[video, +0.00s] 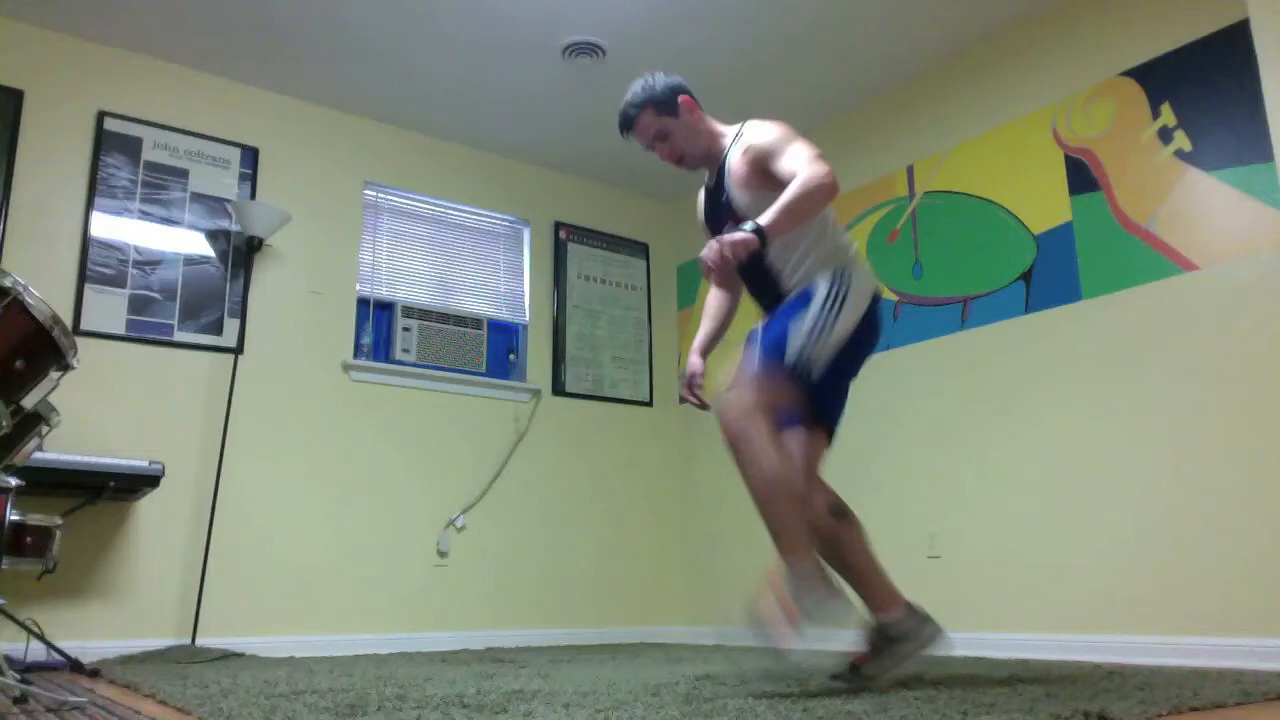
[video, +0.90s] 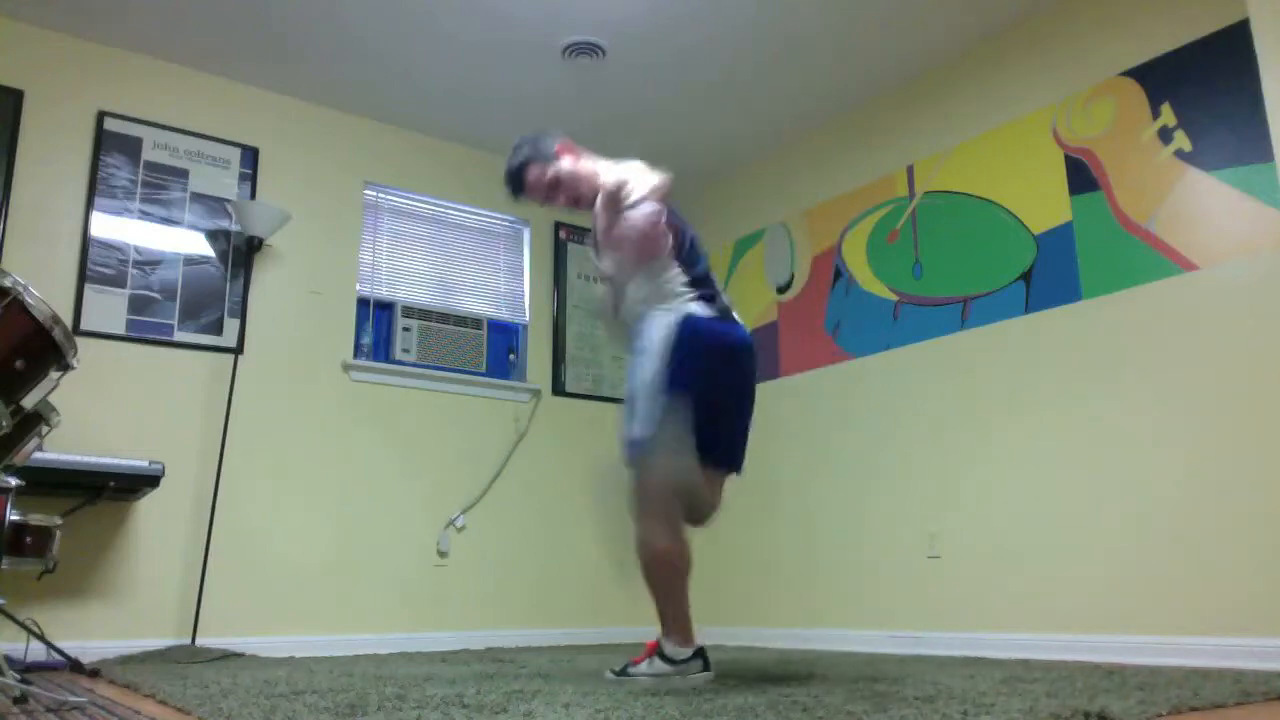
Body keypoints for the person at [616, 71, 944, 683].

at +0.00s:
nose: (662, 155)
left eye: (660, 137)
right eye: (651, 148)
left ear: (688, 106)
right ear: (649, 147)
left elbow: (818, 178)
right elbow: (725, 281)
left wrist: (755, 231)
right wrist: (697, 350)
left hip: (835, 289)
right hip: (803, 312)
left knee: (740, 408)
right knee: (794, 481)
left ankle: (808, 582)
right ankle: (898, 620)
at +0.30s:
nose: (629, 148)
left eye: (627, 132)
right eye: (618, 142)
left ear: (653, 103)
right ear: (619, 140)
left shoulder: (705, 134)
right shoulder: (682, 178)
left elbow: (781, 160)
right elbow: (709, 261)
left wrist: (753, 200)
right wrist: (671, 316)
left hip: (764, 302)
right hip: (786, 311)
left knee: (688, 453)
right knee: (767, 477)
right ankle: (866, 589)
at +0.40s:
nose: (603, 161)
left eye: (599, 146)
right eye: (594, 156)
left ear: (620, 113)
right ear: (599, 150)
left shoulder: (676, 142)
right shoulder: (655, 185)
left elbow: (740, 157)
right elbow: (677, 253)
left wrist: (705, 210)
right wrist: (659, 309)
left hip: (743, 305)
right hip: (731, 312)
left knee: (678, 473)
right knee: (704, 472)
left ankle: (666, 640)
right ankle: (788, 540)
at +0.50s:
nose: (582, 185)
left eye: (576, 170)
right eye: (572, 182)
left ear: (596, 137)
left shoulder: (656, 164)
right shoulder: (643, 198)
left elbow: (693, 185)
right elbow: (677, 268)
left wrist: (640, 231)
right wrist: (628, 266)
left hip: (709, 340)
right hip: (729, 344)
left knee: (640, 494)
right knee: (686, 507)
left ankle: (668, 650)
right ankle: (763, 603)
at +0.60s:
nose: (563, 188)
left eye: (559, 175)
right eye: (554, 184)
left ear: (578, 141)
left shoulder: (632, 167)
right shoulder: (631, 185)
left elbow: (667, 186)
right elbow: (715, 233)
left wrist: (609, 211)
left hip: (695, 343)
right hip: (700, 340)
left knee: (639, 490)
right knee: (675, 488)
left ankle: (670, 649)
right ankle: (745, 558)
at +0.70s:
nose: (560, 174)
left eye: (554, 160)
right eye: (550, 171)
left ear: (572, 125)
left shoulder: (625, 147)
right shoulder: (613, 182)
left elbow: (669, 159)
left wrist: (661, 195)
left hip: (677, 310)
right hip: (716, 317)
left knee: (621, 469)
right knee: (695, 481)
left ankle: (661, 618)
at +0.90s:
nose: (558, 196)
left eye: (552, 180)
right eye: (546, 197)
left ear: (568, 149)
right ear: (546, 202)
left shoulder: (621, 174)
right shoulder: (607, 223)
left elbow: (653, 181)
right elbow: (620, 318)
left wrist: (629, 214)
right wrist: (612, 278)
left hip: (682, 338)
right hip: (726, 346)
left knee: (654, 504)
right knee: (699, 503)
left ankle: (679, 648)